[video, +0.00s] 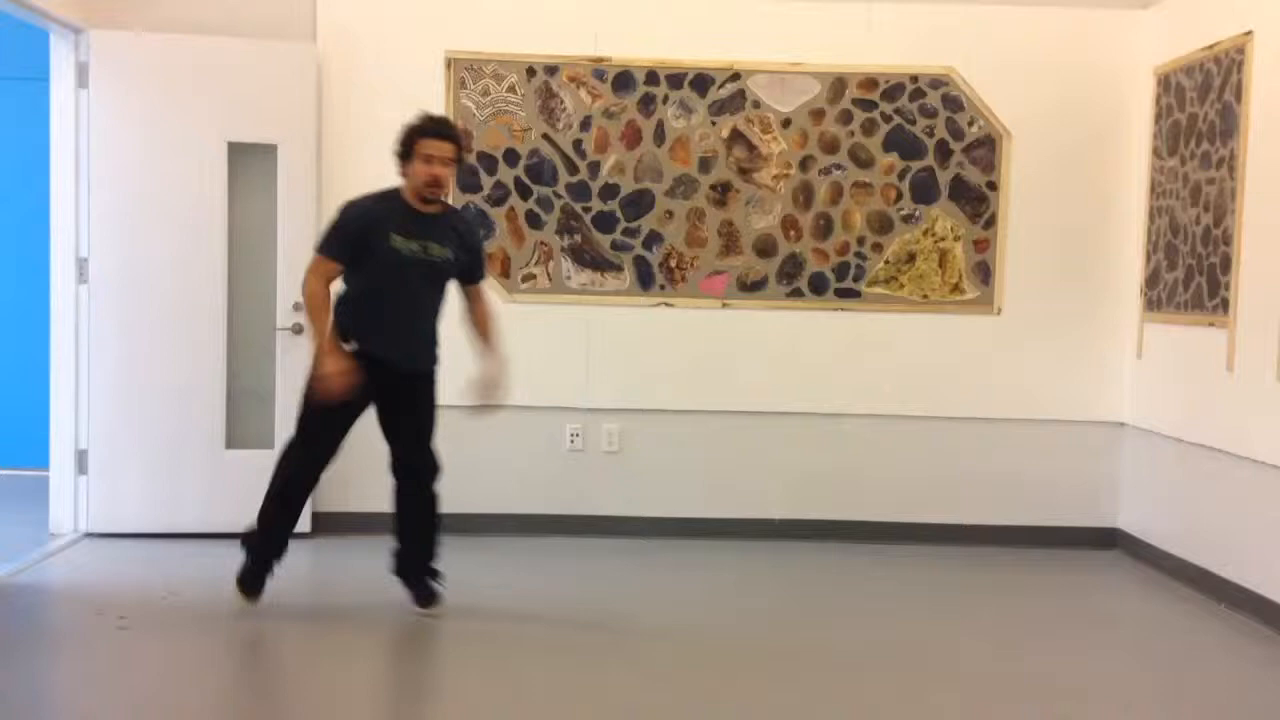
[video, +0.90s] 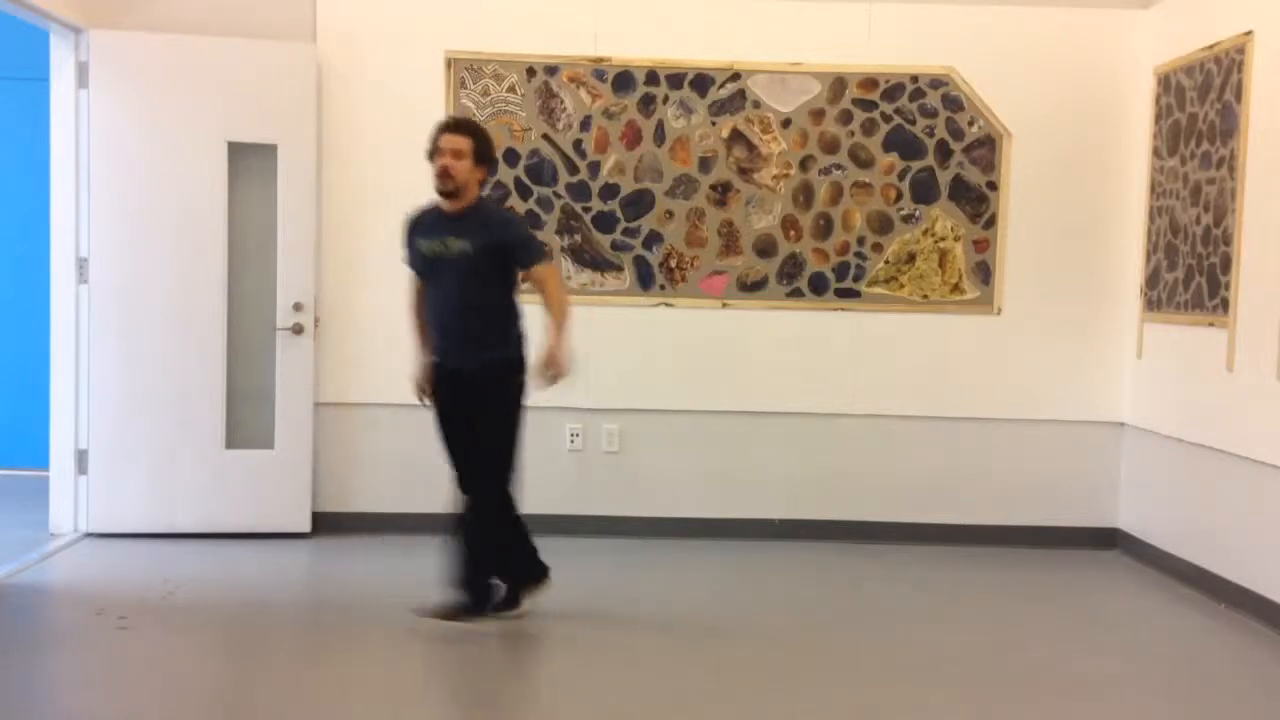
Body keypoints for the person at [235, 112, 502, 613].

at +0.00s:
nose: (436, 171)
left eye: (446, 163)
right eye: (426, 160)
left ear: (456, 170)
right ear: (405, 164)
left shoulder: (461, 231)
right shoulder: (367, 214)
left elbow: (476, 296)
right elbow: (316, 279)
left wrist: (490, 355)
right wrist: (326, 345)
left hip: (411, 367)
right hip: (351, 355)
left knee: (417, 467)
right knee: (307, 456)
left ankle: (415, 566)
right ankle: (261, 553)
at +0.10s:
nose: (415, 172)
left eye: (425, 163)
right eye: (405, 160)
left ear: (437, 171)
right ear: (384, 164)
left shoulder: (444, 238)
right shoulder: (347, 218)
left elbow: (452, 304)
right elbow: (312, 292)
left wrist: (434, 355)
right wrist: (375, 338)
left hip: (397, 364)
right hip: (334, 355)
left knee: (397, 466)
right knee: (296, 463)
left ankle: (390, 564)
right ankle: (264, 570)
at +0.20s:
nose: (382, 197)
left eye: (393, 188)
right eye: (372, 186)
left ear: (408, 194)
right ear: (356, 190)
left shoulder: (421, 262)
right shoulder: (324, 246)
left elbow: (410, 337)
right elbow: (313, 322)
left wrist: (339, 310)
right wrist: (394, 305)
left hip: (374, 396)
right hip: (313, 387)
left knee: (366, 495)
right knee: (285, 490)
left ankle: (359, 569)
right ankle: (258, 585)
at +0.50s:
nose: (365, 167)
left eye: (377, 158)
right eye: (358, 158)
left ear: (402, 165)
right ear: (350, 163)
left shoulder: (421, 229)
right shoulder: (337, 222)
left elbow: (421, 318)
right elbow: (327, 292)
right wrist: (331, 343)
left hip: (402, 356)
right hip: (350, 352)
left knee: (366, 468)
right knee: (311, 456)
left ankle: (376, 574)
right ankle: (327, 551)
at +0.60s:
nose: (382, 180)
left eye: (395, 172)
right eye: (376, 170)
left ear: (420, 183)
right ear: (368, 177)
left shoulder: (438, 247)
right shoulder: (360, 239)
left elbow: (482, 313)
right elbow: (339, 310)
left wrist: (512, 379)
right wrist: (300, 375)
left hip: (413, 385)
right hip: (365, 378)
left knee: (358, 480)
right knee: (329, 469)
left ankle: (383, 590)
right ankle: (405, 531)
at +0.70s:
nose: (407, 178)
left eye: (420, 170)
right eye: (402, 168)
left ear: (443, 185)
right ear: (393, 176)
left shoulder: (460, 239)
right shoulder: (380, 236)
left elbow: (527, 279)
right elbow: (360, 295)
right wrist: (337, 345)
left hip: (435, 380)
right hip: (390, 378)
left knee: (386, 480)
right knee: (387, 480)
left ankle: (386, 593)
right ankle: (466, 538)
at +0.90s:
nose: (445, 164)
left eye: (458, 156)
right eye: (439, 155)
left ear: (480, 167)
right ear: (430, 162)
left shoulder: (501, 224)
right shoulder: (422, 226)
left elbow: (549, 278)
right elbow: (422, 296)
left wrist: (556, 342)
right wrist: (427, 357)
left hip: (498, 365)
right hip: (448, 366)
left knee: (486, 478)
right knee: (475, 476)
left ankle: (479, 589)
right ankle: (524, 567)